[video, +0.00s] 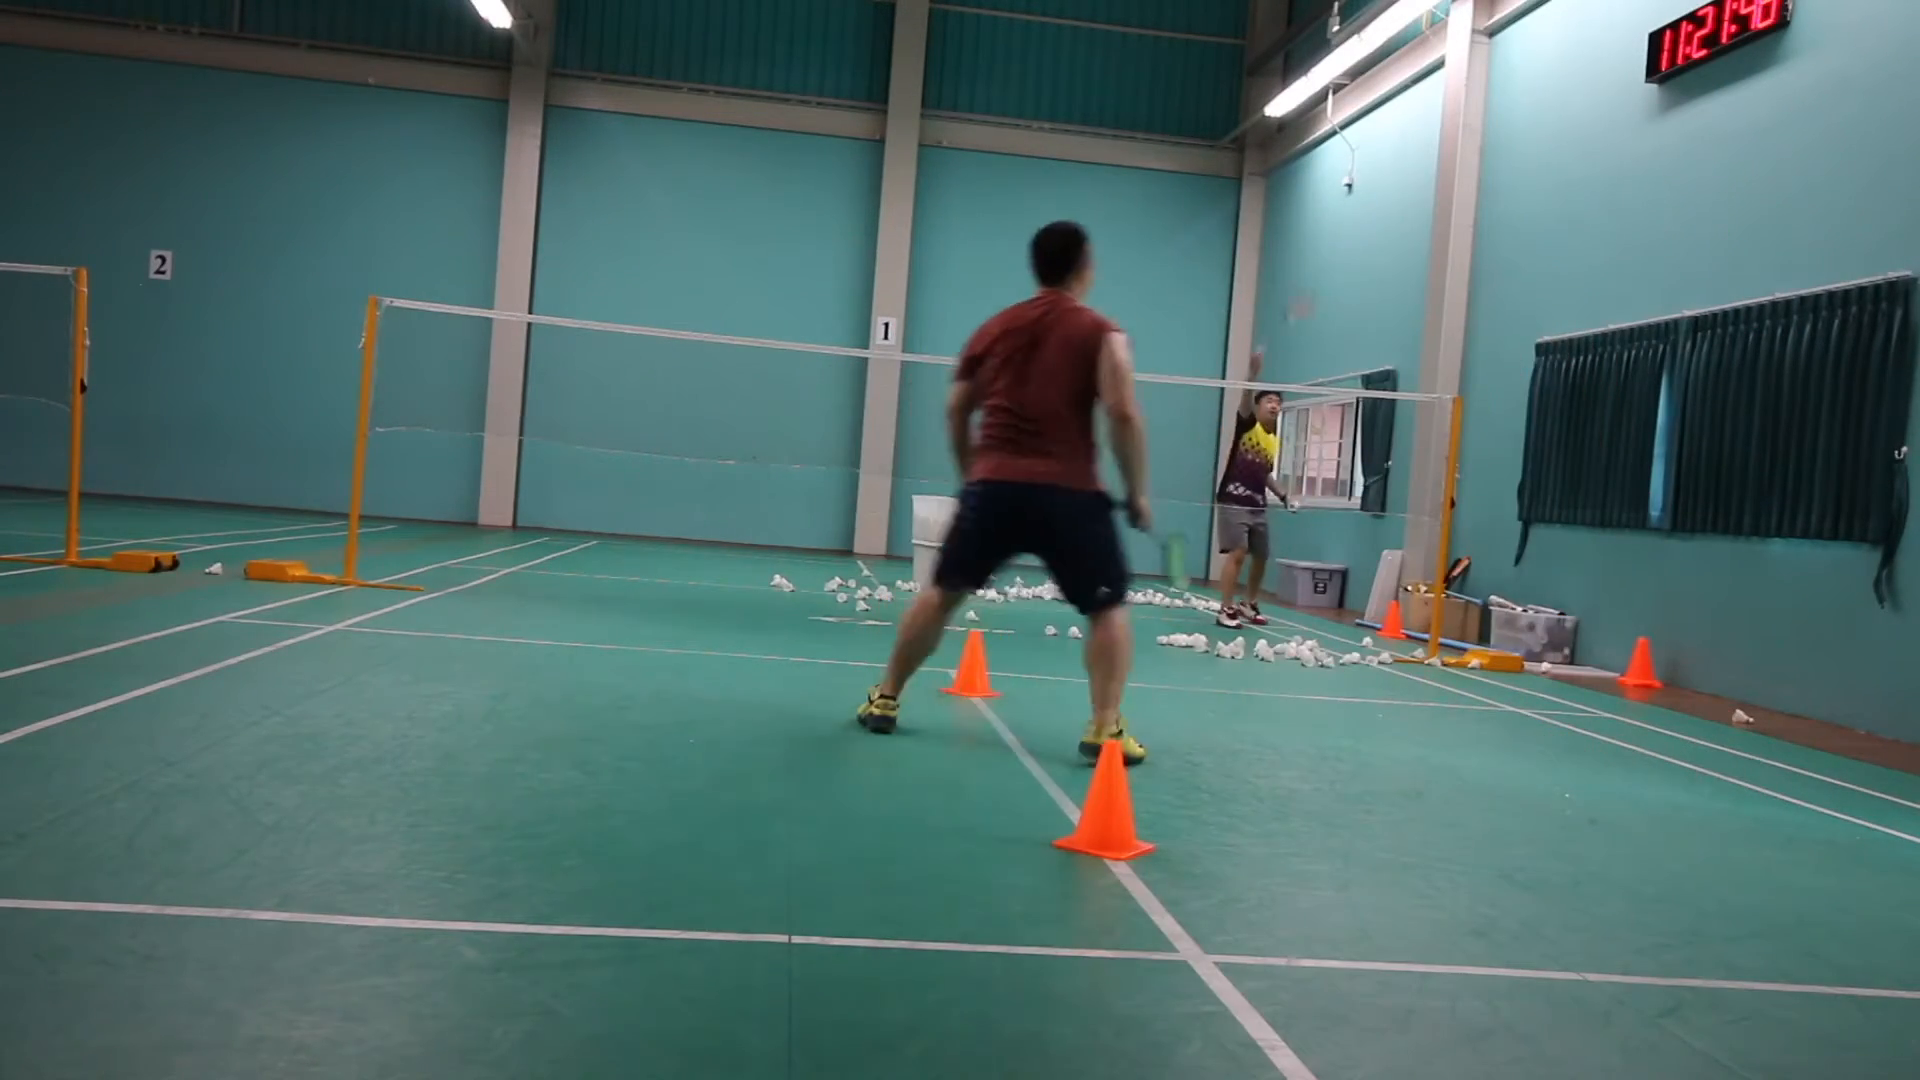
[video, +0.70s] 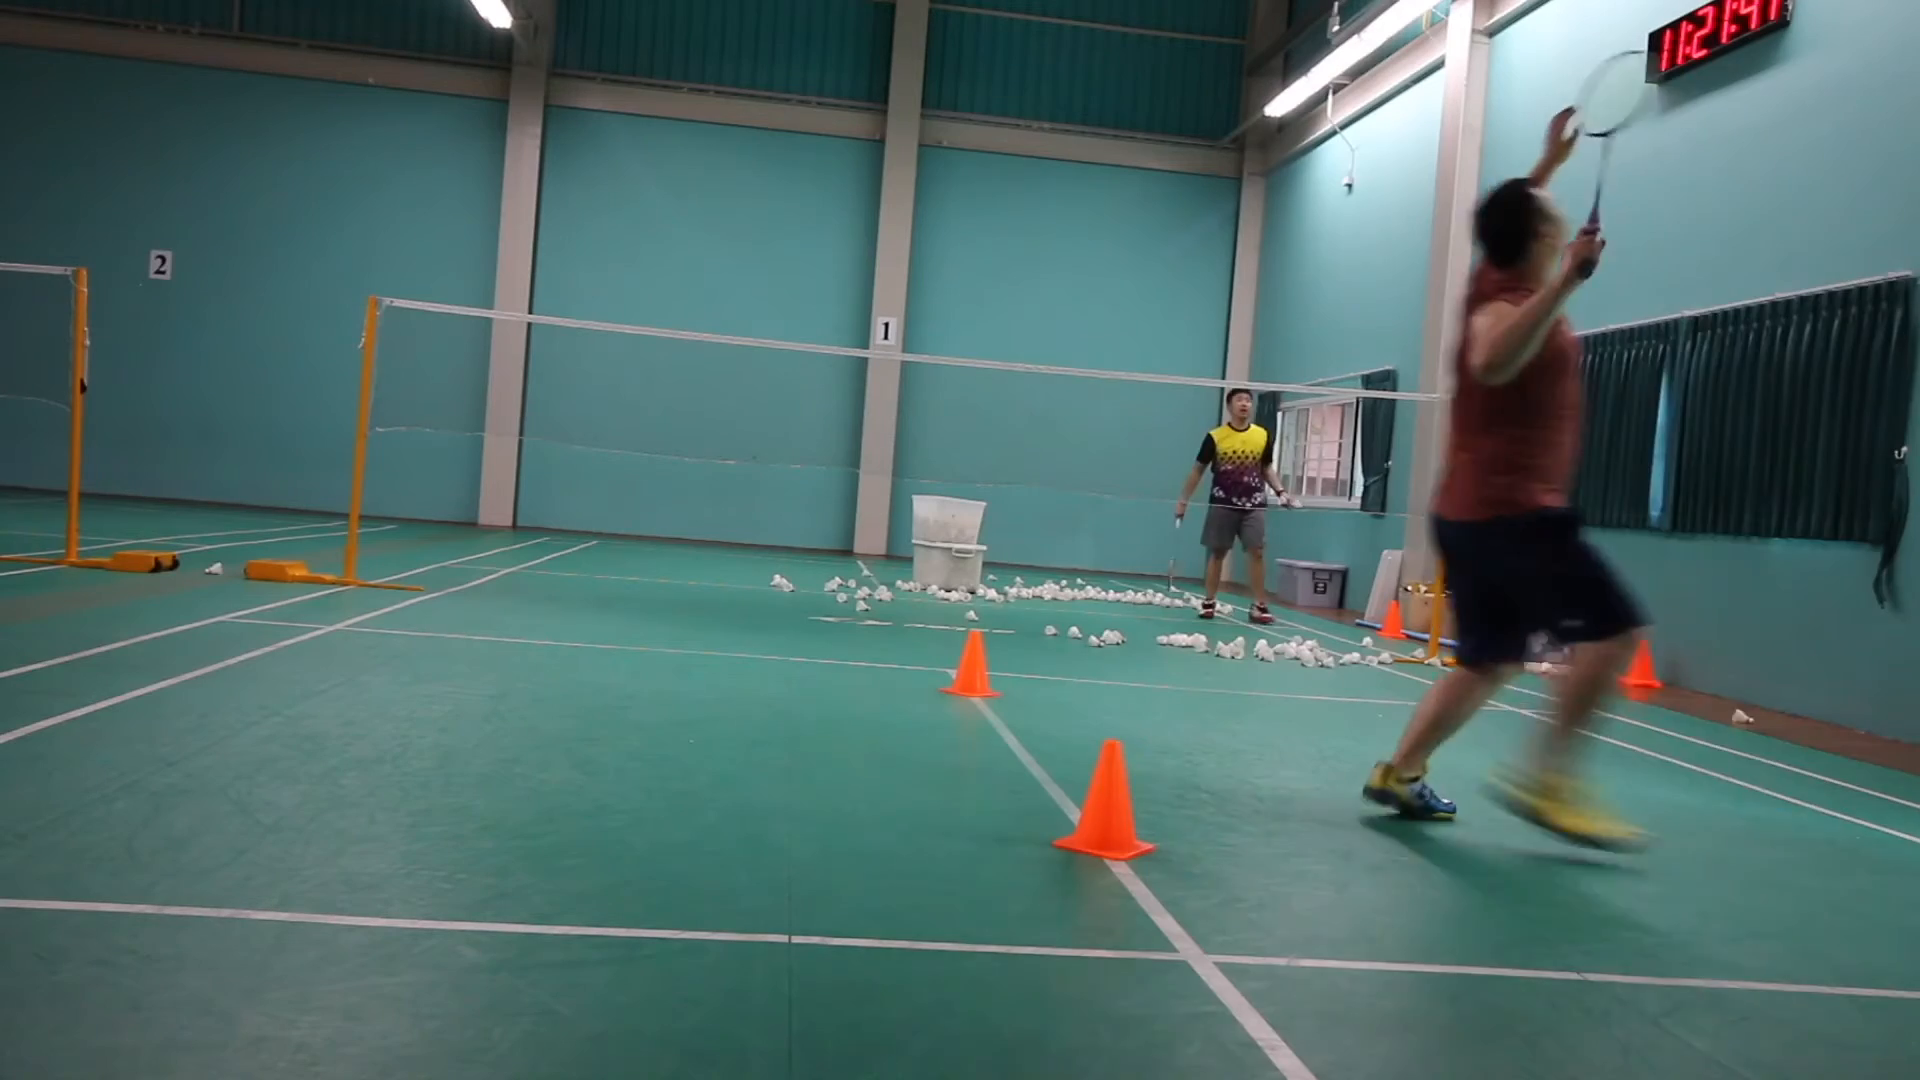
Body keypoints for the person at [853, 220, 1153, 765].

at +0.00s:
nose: (1092, 271)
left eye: (1089, 262)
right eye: (1091, 263)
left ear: (1035, 269)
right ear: (1084, 268)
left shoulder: (995, 327)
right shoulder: (1101, 332)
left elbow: (957, 408)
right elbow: (1122, 412)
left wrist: (973, 473)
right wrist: (1137, 491)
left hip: (993, 491)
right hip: (1070, 498)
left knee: (939, 594)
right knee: (1107, 609)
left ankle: (885, 699)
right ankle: (1105, 730)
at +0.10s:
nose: (1144, 242)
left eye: (1139, 233)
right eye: (1140, 235)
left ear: (1085, 249)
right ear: (1133, 244)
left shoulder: (1053, 312)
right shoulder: (1151, 307)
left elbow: (1017, 396)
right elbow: (1168, 383)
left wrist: (1033, 460)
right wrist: (1188, 463)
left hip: (1052, 477)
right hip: (1126, 481)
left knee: (1014, 589)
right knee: (1137, 607)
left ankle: (947, 690)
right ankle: (1107, 730)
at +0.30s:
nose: (1245, 228)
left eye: (1239, 217)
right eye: (1239, 218)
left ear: (1184, 241)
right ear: (1227, 233)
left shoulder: (1162, 305)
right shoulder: (1222, 298)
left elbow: (1165, 394)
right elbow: (1211, 369)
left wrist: (1240, 422)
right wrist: (1265, 455)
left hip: (1145, 485)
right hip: (1207, 489)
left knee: (1152, 614)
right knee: (1266, 608)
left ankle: (1098, 731)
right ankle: (1227, 741)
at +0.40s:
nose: (1315, 224)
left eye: (1308, 215)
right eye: (1308, 217)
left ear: (1260, 244)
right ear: (1296, 234)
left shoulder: (1245, 308)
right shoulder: (1289, 301)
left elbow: (1268, 391)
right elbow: (1277, 372)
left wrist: (1350, 376)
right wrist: (1346, 448)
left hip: (1236, 500)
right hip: (1292, 500)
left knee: (1213, 623)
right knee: (1320, 633)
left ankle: (1123, 726)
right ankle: (1255, 773)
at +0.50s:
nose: (1384, 211)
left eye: (1377, 202)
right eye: (1375, 203)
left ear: (1330, 228)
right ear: (1362, 219)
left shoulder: (1323, 285)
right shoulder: (1356, 288)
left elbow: (1378, 311)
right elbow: (1347, 350)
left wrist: (1436, 293)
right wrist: (1450, 389)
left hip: (1313, 489)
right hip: (1348, 494)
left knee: (1320, 629)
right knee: (1336, 633)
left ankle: (1254, 751)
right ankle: (1259, 773)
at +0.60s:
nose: (1483, 215)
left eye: (1478, 208)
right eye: (1474, 210)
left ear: (1424, 234)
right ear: (1458, 227)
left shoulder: (1417, 285)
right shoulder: (1436, 292)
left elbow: (1457, 243)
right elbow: (1438, 344)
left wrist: (1495, 207)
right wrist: (1548, 301)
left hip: (1405, 501)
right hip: (1432, 503)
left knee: (1439, 643)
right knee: (1466, 645)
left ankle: (1397, 781)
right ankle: (1334, 728)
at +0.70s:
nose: (1563, 228)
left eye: (1558, 220)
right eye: (1552, 221)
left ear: (1503, 243)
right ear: (1532, 241)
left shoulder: (1500, 285)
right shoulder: (1511, 302)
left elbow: (1507, 221)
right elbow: (1489, 362)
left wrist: (1548, 163)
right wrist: (1567, 281)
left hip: (1471, 517)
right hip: (1514, 518)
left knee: (1490, 658)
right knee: (1613, 629)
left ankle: (1399, 773)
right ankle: (1544, 779)